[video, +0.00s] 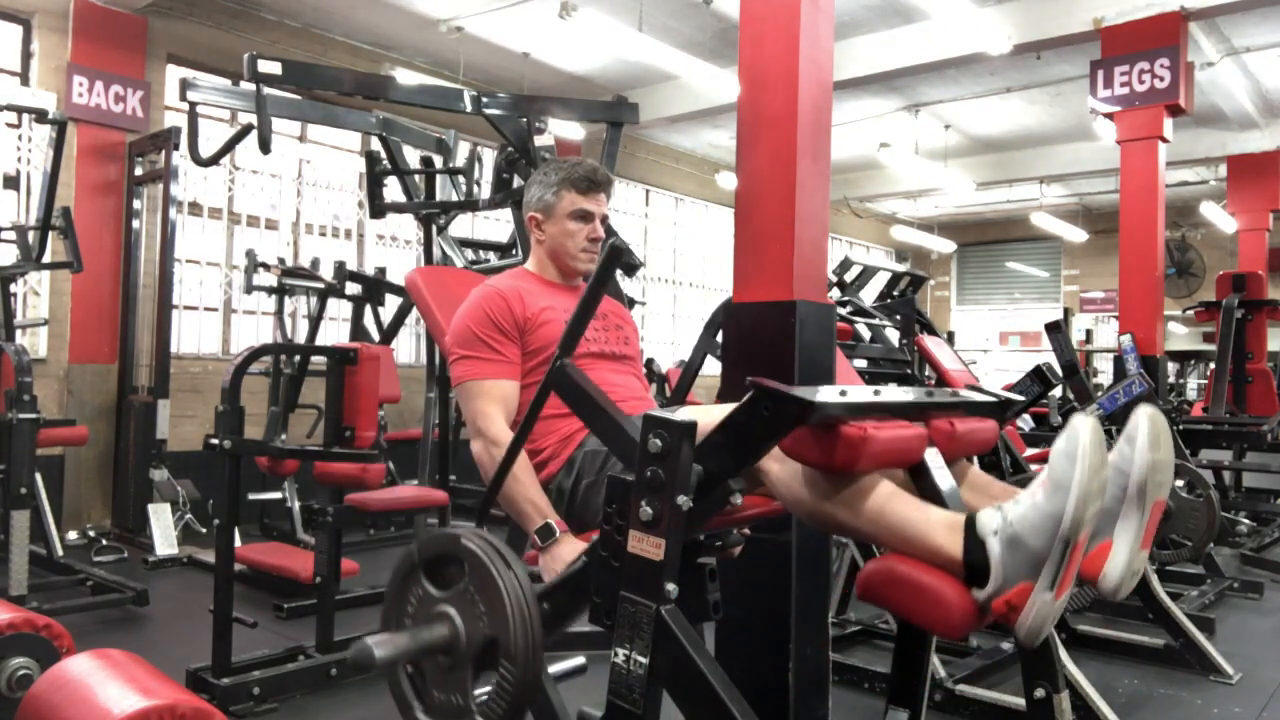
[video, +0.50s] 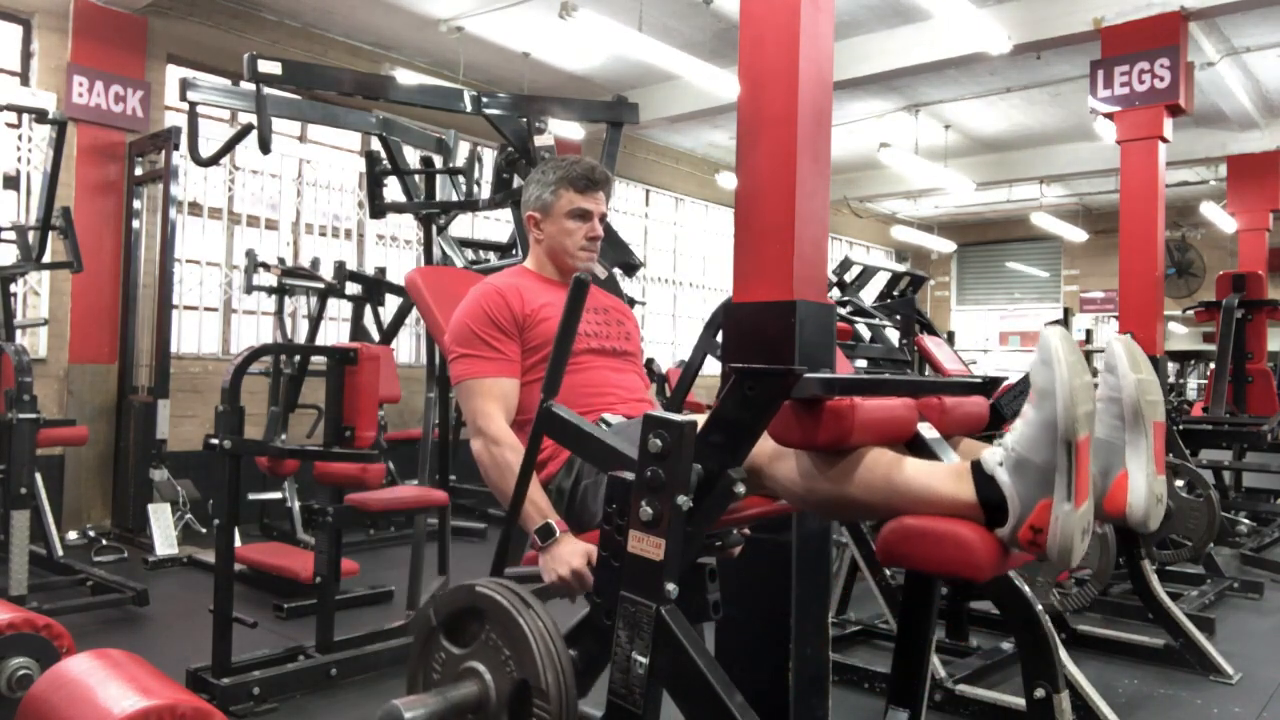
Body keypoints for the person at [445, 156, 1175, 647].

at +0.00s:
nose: (596, 235)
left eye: (601, 223)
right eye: (580, 221)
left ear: (600, 228)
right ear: (534, 222)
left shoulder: (604, 302)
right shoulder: (493, 304)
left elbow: (637, 400)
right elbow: (490, 438)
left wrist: (720, 412)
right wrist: (552, 533)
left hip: (657, 444)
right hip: (581, 467)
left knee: (853, 450)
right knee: (772, 442)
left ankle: (1074, 531)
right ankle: (974, 551)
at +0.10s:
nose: (594, 236)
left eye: (600, 224)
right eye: (578, 222)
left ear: (601, 227)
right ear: (532, 220)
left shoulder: (605, 302)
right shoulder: (493, 303)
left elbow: (639, 398)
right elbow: (488, 437)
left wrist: (714, 408)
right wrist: (549, 532)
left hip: (659, 440)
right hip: (581, 468)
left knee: (831, 454)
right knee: (770, 449)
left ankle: (1066, 522)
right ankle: (978, 533)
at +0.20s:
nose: (592, 234)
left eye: (599, 221)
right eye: (577, 218)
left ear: (599, 225)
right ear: (530, 219)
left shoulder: (608, 305)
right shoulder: (493, 301)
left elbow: (652, 396)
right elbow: (486, 434)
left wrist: (726, 409)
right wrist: (549, 534)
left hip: (657, 443)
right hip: (582, 469)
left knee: (823, 454)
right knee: (773, 456)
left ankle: (1015, 517)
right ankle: (990, 516)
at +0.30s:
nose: (592, 233)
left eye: (598, 221)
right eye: (578, 218)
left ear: (599, 227)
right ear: (532, 219)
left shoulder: (610, 306)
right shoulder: (493, 300)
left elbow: (659, 396)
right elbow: (487, 431)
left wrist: (731, 412)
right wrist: (549, 533)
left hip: (656, 443)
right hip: (581, 465)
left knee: (820, 455)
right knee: (773, 458)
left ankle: (997, 501)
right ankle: (993, 507)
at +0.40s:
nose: (593, 233)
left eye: (599, 221)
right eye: (578, 218)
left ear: (599, 226)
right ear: (533, 218)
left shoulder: (610, 305)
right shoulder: (493, 299)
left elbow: (662, 394)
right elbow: (487, 431)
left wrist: (734, 414)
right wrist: (549, 532)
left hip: (659, 441)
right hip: (584, 461)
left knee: (822, 454)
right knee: (772, 456)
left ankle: (1000, 492)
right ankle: (989, 497)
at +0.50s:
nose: (593, 234)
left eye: (598, 222)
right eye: (578, 219)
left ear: (598, 227)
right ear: (533, 219)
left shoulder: (610, 305)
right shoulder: (494, 299)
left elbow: (655, 396)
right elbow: (487, 430)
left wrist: (721, 425)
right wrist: (549, 533)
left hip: (660, 440)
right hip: (585, 460)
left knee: (818, 452)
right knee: (772, 456)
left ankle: (999, 489)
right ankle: (991, 492)